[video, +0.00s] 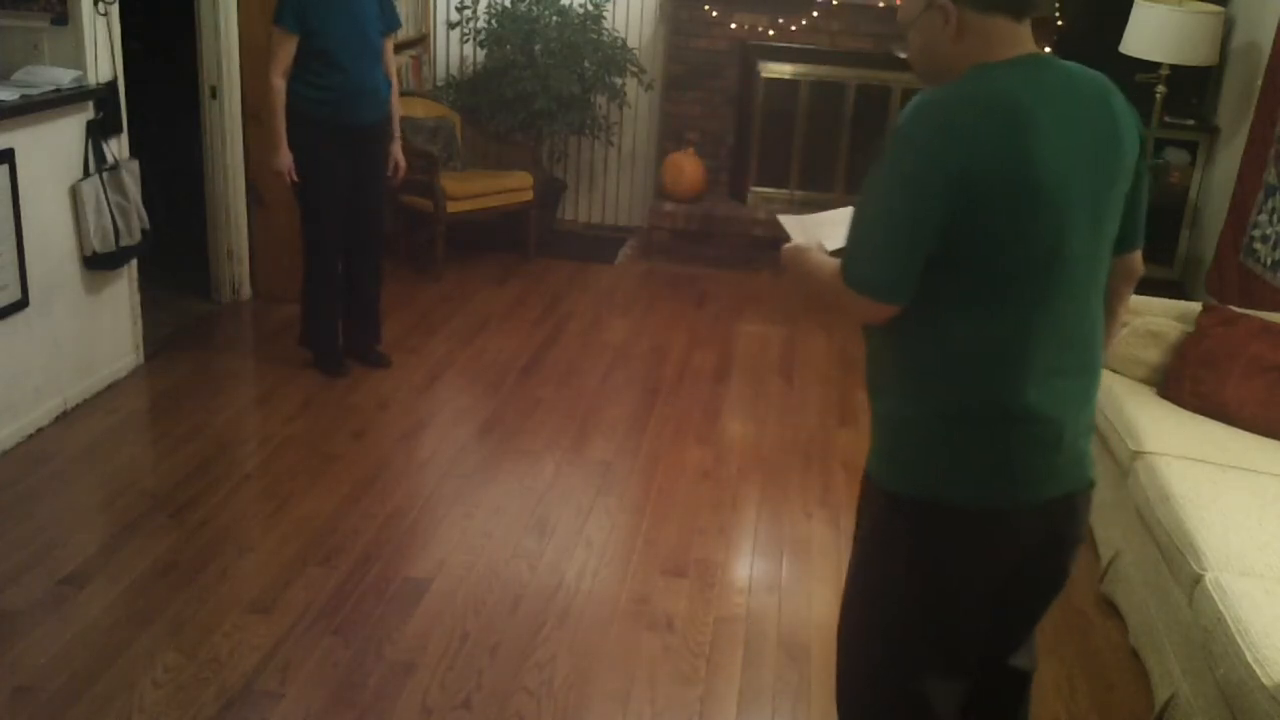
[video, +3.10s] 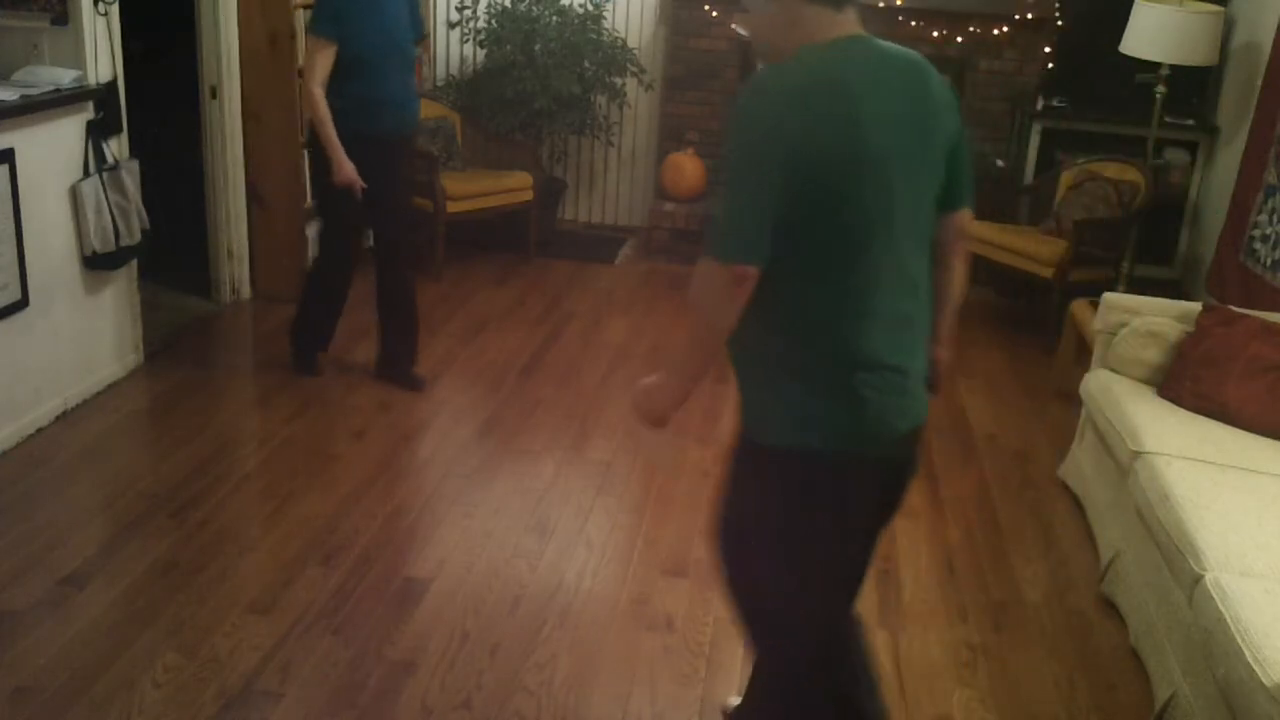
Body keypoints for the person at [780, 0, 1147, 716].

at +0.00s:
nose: (904, 47)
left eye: (905, 24)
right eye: (900, 26)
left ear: (947, 16)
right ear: (1019, 15)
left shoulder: (938, 120)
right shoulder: (1111, 109)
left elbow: (872, 300)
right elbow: (1122, 272)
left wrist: (813, 267)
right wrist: (1072, 371)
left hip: (935, 492)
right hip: (1055, 490)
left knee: (887, 693)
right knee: (997, 678)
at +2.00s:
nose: (984, 29)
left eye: (993, 13)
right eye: (987, 15)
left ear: (1030, 11)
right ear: (1092, 15)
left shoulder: (1028, 105)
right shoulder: (1167, 99)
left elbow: (963, 263)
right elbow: (1174, 239)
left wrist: (898, 282)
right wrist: (1125, 318)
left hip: (1015, 432)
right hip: (1121, 433)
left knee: (941, 625)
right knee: (1045, 627)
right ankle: (1028, 716)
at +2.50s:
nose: (888, 35)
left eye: (893, 17)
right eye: (888, 19)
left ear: (927, 18)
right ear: (1001, 19)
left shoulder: (925, 119)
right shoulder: (1084, 113)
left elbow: (858, 294)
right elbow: (1106, 267)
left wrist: (803, 308)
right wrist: (1075, 369)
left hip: (936, 455)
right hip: (1042, 448)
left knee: (908, 660)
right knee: (1004, 647)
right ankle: (1004, 714)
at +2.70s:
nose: (840, 27)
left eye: (846, 10)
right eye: (840, 12)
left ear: (886, 11)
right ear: (952, 13)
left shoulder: (875, 107)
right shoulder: (1046, 101)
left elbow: (798, 284)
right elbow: (1074, 260)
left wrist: (744, 294)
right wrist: (1057, 380)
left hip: (905, 447)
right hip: (1004, 437)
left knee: (894, 668)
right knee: (926, 641)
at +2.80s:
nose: (819, 33)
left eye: (824, 16)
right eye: (820, 18)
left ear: (860, 12)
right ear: (927, 14)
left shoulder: (850, 108)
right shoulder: (1021, 98)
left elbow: (775, 283)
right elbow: (1053, 258)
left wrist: (728, 299)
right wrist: (1038, 379)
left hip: (884, 439)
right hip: (982, 431)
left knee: (896, 647)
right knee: (883, 614)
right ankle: (840, 704)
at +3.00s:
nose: (769, 27)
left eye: (774, 11)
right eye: (769, 14)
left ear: (804, 9)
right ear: (872, 10)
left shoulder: (798, 106)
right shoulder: (957, 94)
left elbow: (750, 282)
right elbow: (988, 251)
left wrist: (691, 367)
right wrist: (977, 363)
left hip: (828, 426)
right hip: (927, 418)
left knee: (851, 623)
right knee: (822, 609)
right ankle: (766, 712)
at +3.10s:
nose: (735, 25)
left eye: (739, 11)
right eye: (734, 13)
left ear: (776, 6)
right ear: (839, 4)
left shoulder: (776, 95)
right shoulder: (923, 80)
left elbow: (734, 269)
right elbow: (955, 228)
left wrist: (678, 377)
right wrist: (940, 341)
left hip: (801, 425)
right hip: (895, 415)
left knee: (771, 579)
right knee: (818, 588)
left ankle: (840, 705)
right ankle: (776, 704)